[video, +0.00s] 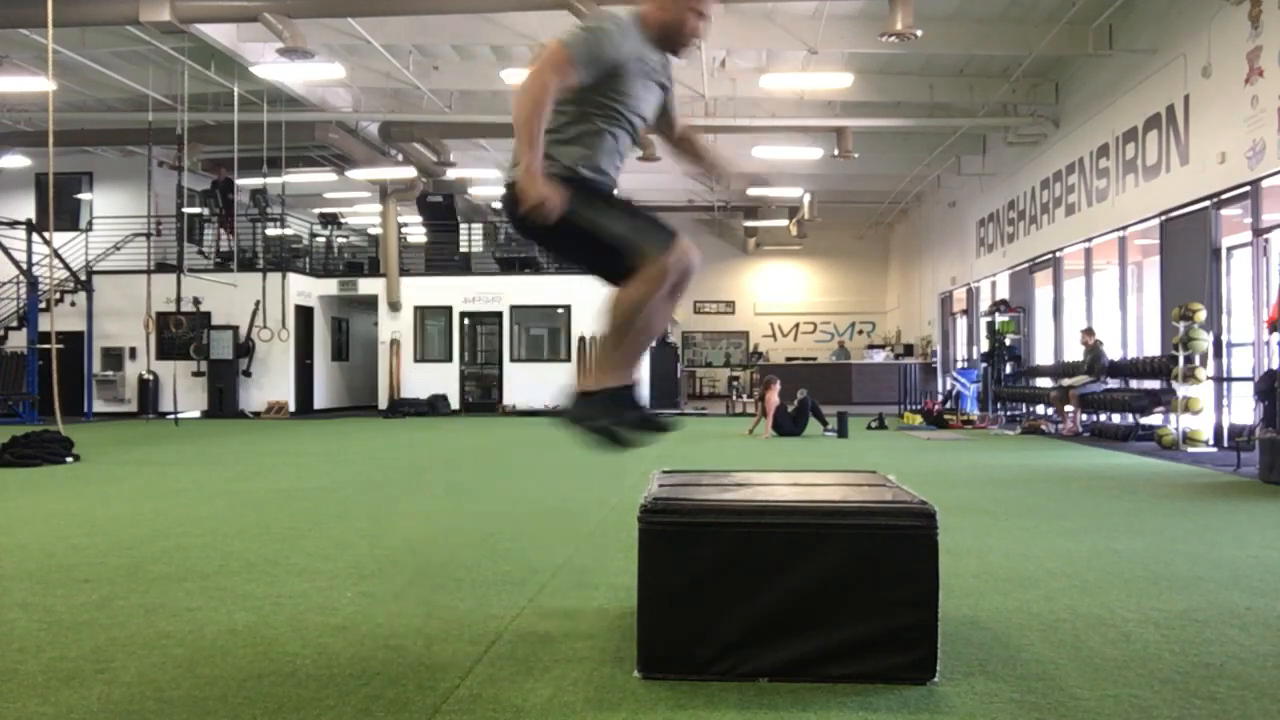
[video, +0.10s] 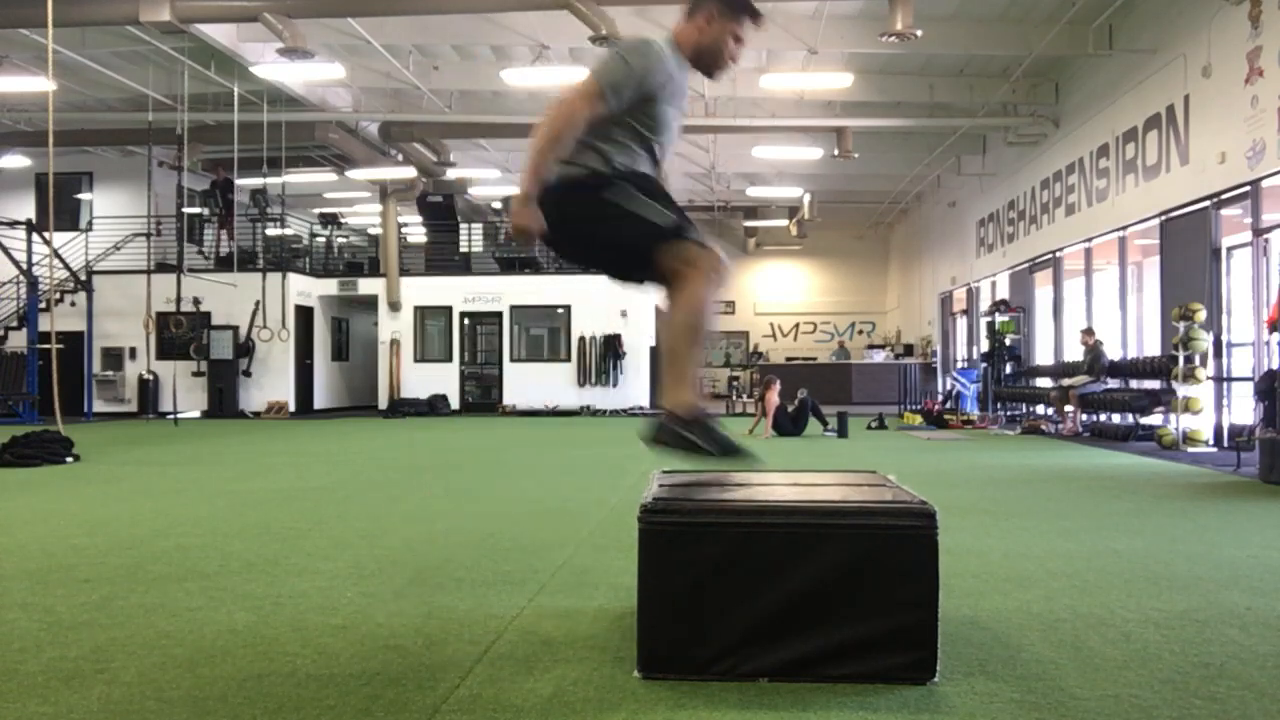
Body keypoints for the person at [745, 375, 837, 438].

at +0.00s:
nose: (779, 387)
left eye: (779, 384)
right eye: (778, 384)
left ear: (767, 385)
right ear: (773, 385)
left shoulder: (764, 396)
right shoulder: (772, 396)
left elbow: (759, 415)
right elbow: (770, 415)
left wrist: (751, 429)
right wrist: (767, 433)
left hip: (785, 430)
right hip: (793, 431)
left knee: (807, 402)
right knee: (807, 401)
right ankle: (826, 426)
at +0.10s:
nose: (779, 387)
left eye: (779, 384)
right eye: (778, 384)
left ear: (768, 386)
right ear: (772, 385)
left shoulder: (764, 396)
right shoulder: (772, 396)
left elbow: (759, 416)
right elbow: (770, 415)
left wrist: (751, 430)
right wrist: (767, 433)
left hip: (784, 430)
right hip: (793, 431)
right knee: (807, 401)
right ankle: (826, 426)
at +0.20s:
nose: (779, 387)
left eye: (779, 384)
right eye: (778, 384)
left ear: (768, 386)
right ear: (772, 385)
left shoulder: (764, 396)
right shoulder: (772, 396)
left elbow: (759, 415)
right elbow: (769, 415)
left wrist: (751, 429)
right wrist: (767, 433)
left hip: (785, 430)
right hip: (793, 431)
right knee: (808, 401)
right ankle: (826, 426)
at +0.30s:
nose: (779, 387)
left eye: (779, 384)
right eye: (778, 384)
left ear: (771, 386)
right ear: (772, 386)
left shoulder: (766, 396)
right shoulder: (772, 397)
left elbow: (759, 416)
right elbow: (769, 416)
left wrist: (751, 429)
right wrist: (767, 433)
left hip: (785, 429)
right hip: (793, 430)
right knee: (808, 401)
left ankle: (799, 401)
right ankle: (826, 426)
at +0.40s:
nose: (779, 387)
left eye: (779, 385)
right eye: (778, 385)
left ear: (770, 386)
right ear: (772, 386)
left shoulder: (766, 396)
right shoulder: (771, 397)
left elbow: (760, 415)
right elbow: (769, 416)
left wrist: (751, 429)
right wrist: (767, 433)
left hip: (786, 429)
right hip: (792, 430)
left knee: (809, 401)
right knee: (807, 401)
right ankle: (826, 426)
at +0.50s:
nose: (779, 387)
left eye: (779, 384)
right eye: (777, 385)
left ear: (769, 386)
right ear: (772, 386)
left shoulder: (765, 396)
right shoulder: (771, 397)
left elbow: (759, 415)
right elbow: (769, 416)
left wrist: (751, 429)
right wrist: (767, 433)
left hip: (785, 430)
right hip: (793, 431)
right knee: (808, 401)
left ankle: (799, 402)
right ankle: (826, 426)